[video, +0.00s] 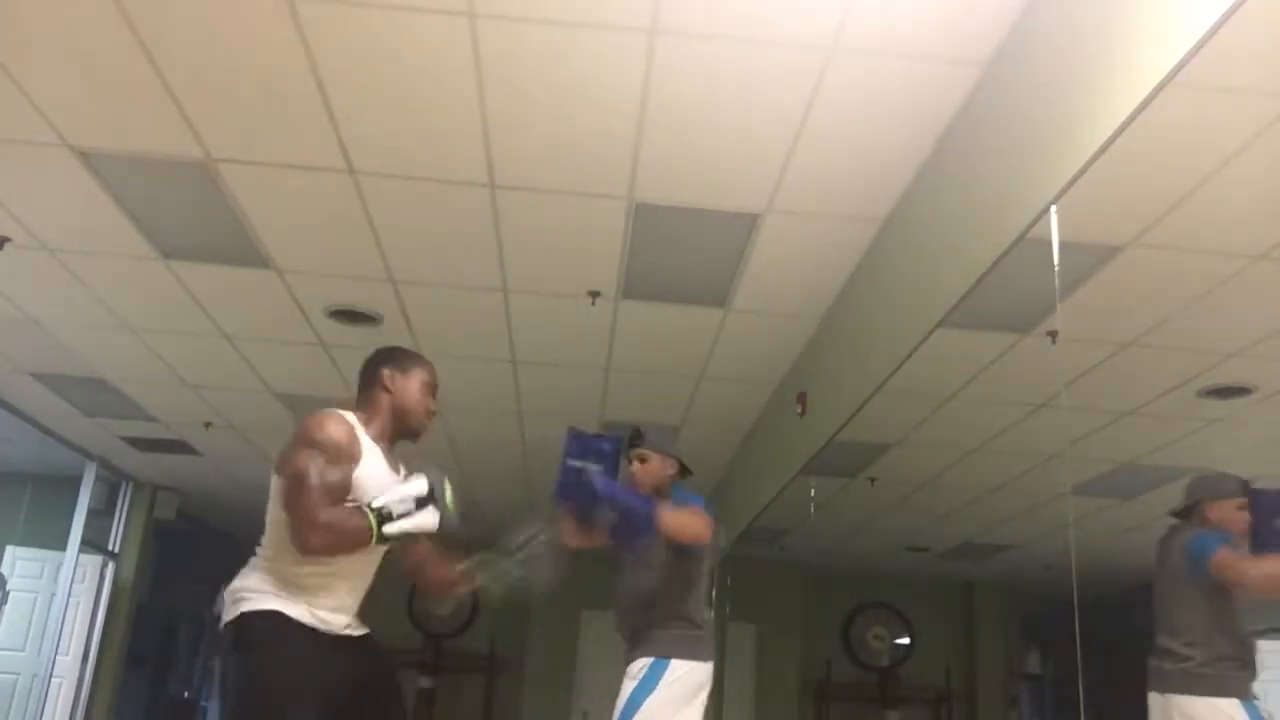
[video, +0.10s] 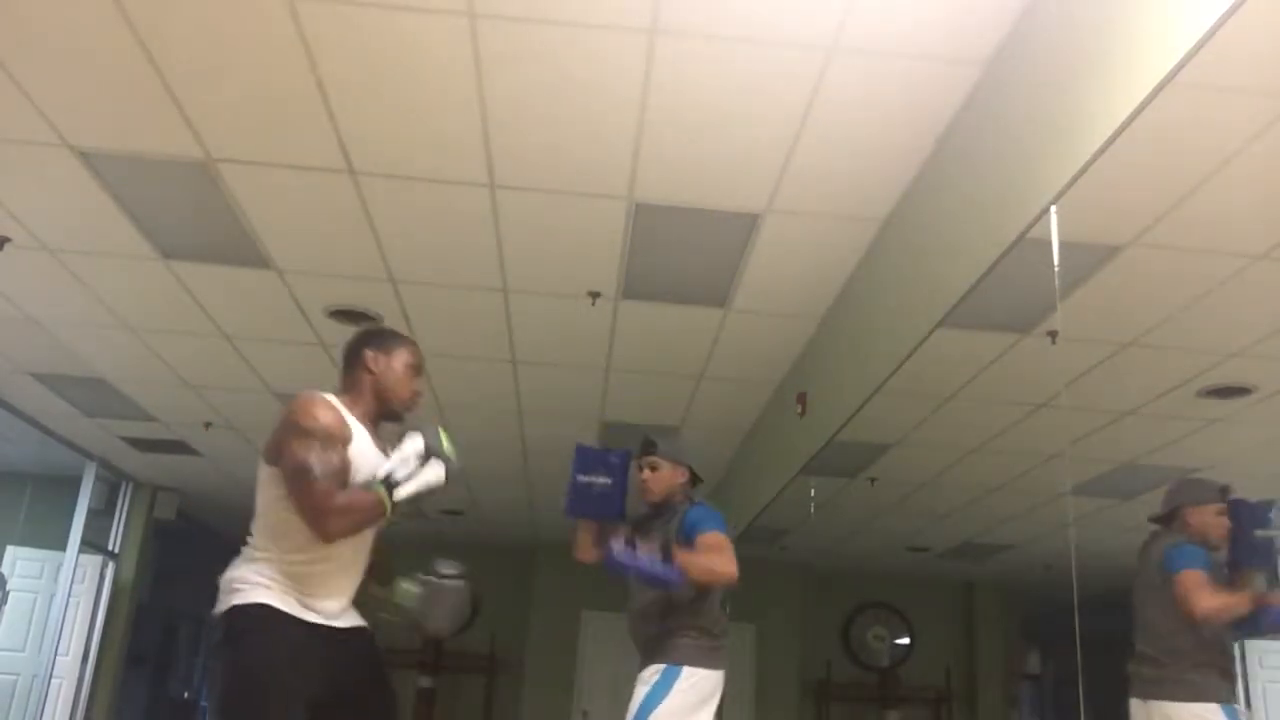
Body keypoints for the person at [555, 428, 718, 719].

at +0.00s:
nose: (632, 469)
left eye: (642, 460)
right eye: (630, 461)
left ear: (670, 467)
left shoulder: (685, 502)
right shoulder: (635, 514)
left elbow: (700, 531)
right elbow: (575, 538)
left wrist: (626, 500)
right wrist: (573, 490)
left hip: (674, 655)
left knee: (632, 713)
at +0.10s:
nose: (644, 477)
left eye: (654, 468)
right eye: (641, 469)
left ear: (682, 475)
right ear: (636, 474)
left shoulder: (699, 516)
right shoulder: (647, 522)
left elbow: (725, 567)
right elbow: (586, 552)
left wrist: (657, 552)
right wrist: (590, 492)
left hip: (687, 663)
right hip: (663, 659)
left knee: (644, 713)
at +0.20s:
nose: (654, 478)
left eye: (664, 469)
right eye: (651, 470)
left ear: (692, 476)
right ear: (646, 475)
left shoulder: (708, 518)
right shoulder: (661, 526)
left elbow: (737, 582)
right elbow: (603, 560)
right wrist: (601, 497)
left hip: (696, 667)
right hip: (671, 664)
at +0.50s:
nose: (666, 469)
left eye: (676, 461)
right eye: (664, 463)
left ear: (704, 469)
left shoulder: (718, 510)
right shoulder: (676, 520)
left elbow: (740, 578)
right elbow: (617, 554)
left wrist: (683, 633)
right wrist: (618, 490)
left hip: (709, 660)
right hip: (679, 659)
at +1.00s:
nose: (658, 459)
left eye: (668, 450)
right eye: (659, 450)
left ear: (700, 453)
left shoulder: (711, 492)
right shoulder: (692, 501)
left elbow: (721, 568)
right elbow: (637, 541)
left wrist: (676, 632)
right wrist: (630, 475)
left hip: (727, 655)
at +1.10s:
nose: (676, 460)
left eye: (685, 450)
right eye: (677, 451)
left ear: (716, 454)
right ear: (715, 456)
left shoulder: (726, 493)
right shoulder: (711, 498)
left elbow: (730, 570)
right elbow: (653, 542)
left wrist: (682, 631)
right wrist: (649, 474)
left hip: (733, 656)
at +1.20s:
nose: (692, 464)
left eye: (701, 455)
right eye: (692, 456)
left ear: (733, 460)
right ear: (732, 462)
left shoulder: (739, 499)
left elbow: (745, 574)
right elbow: (671, 549)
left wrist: (690, 628)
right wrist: (666, 483)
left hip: (745, 658)